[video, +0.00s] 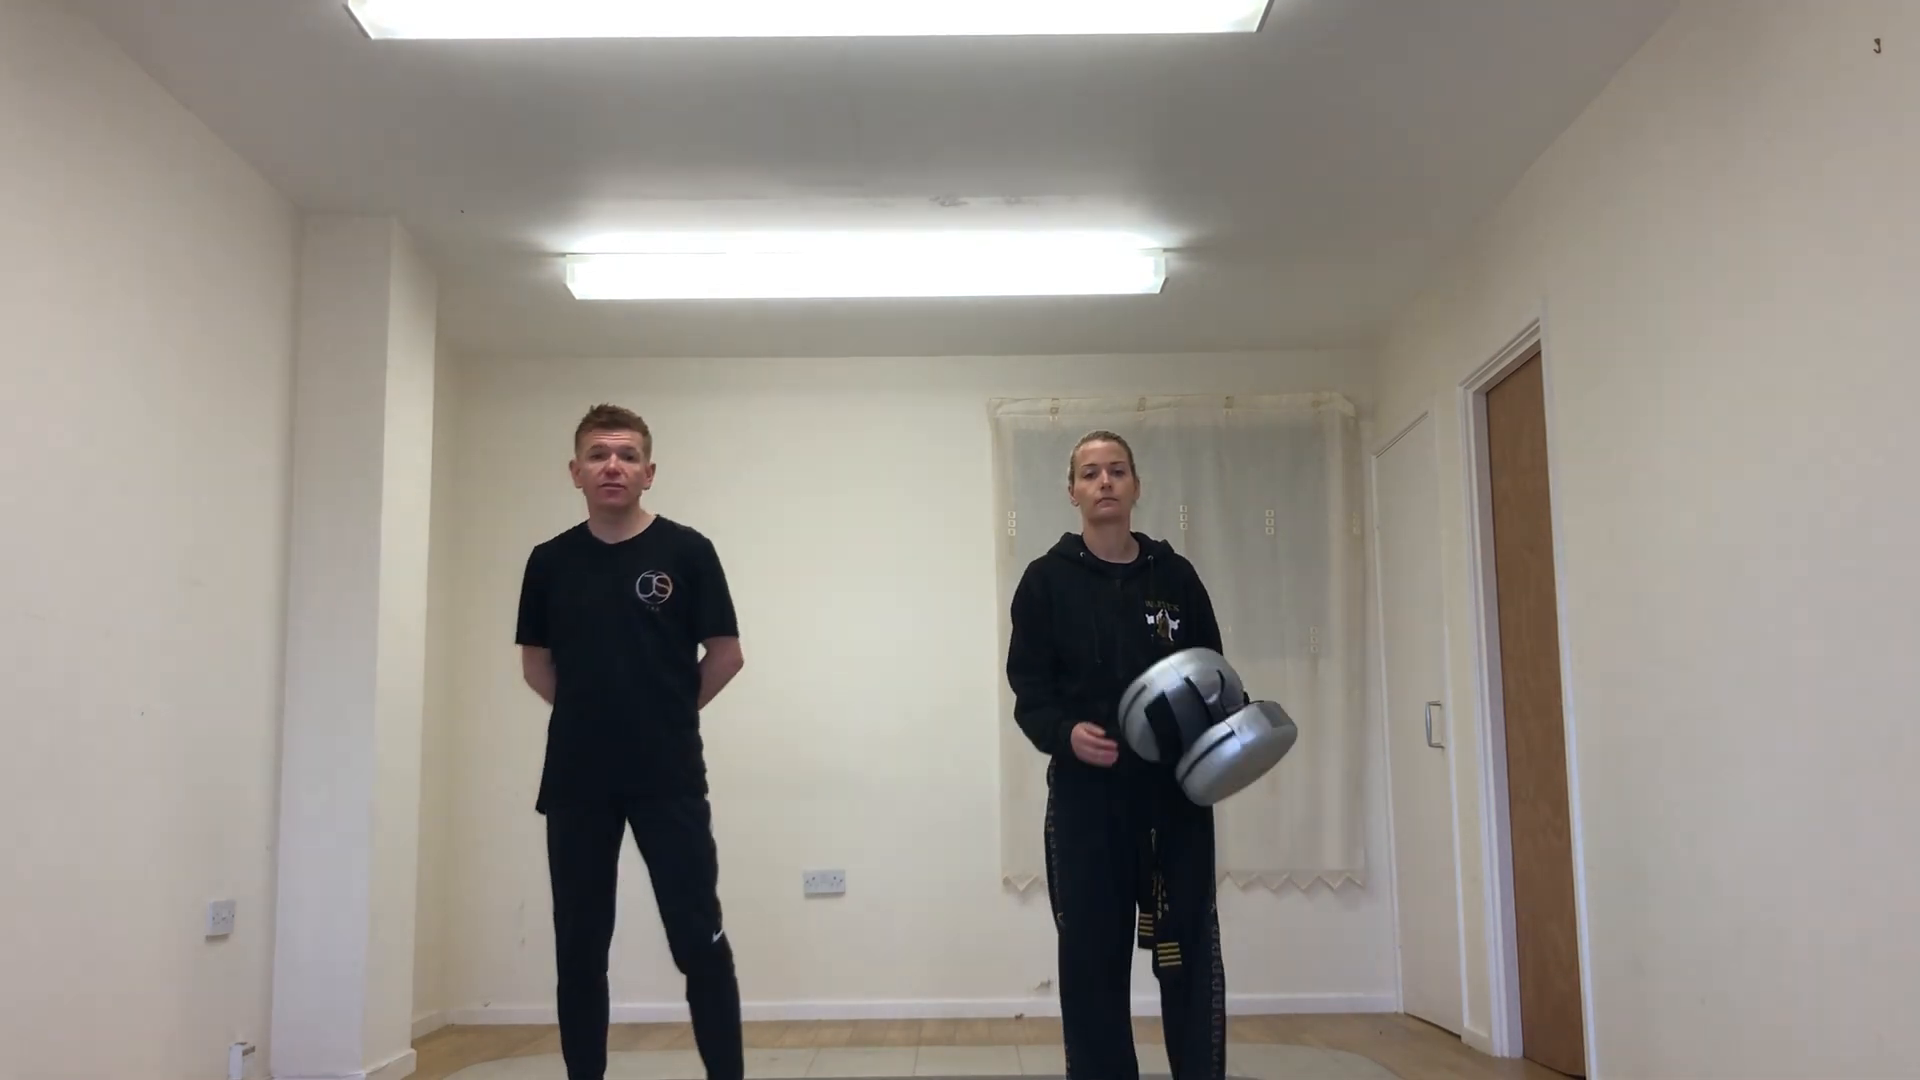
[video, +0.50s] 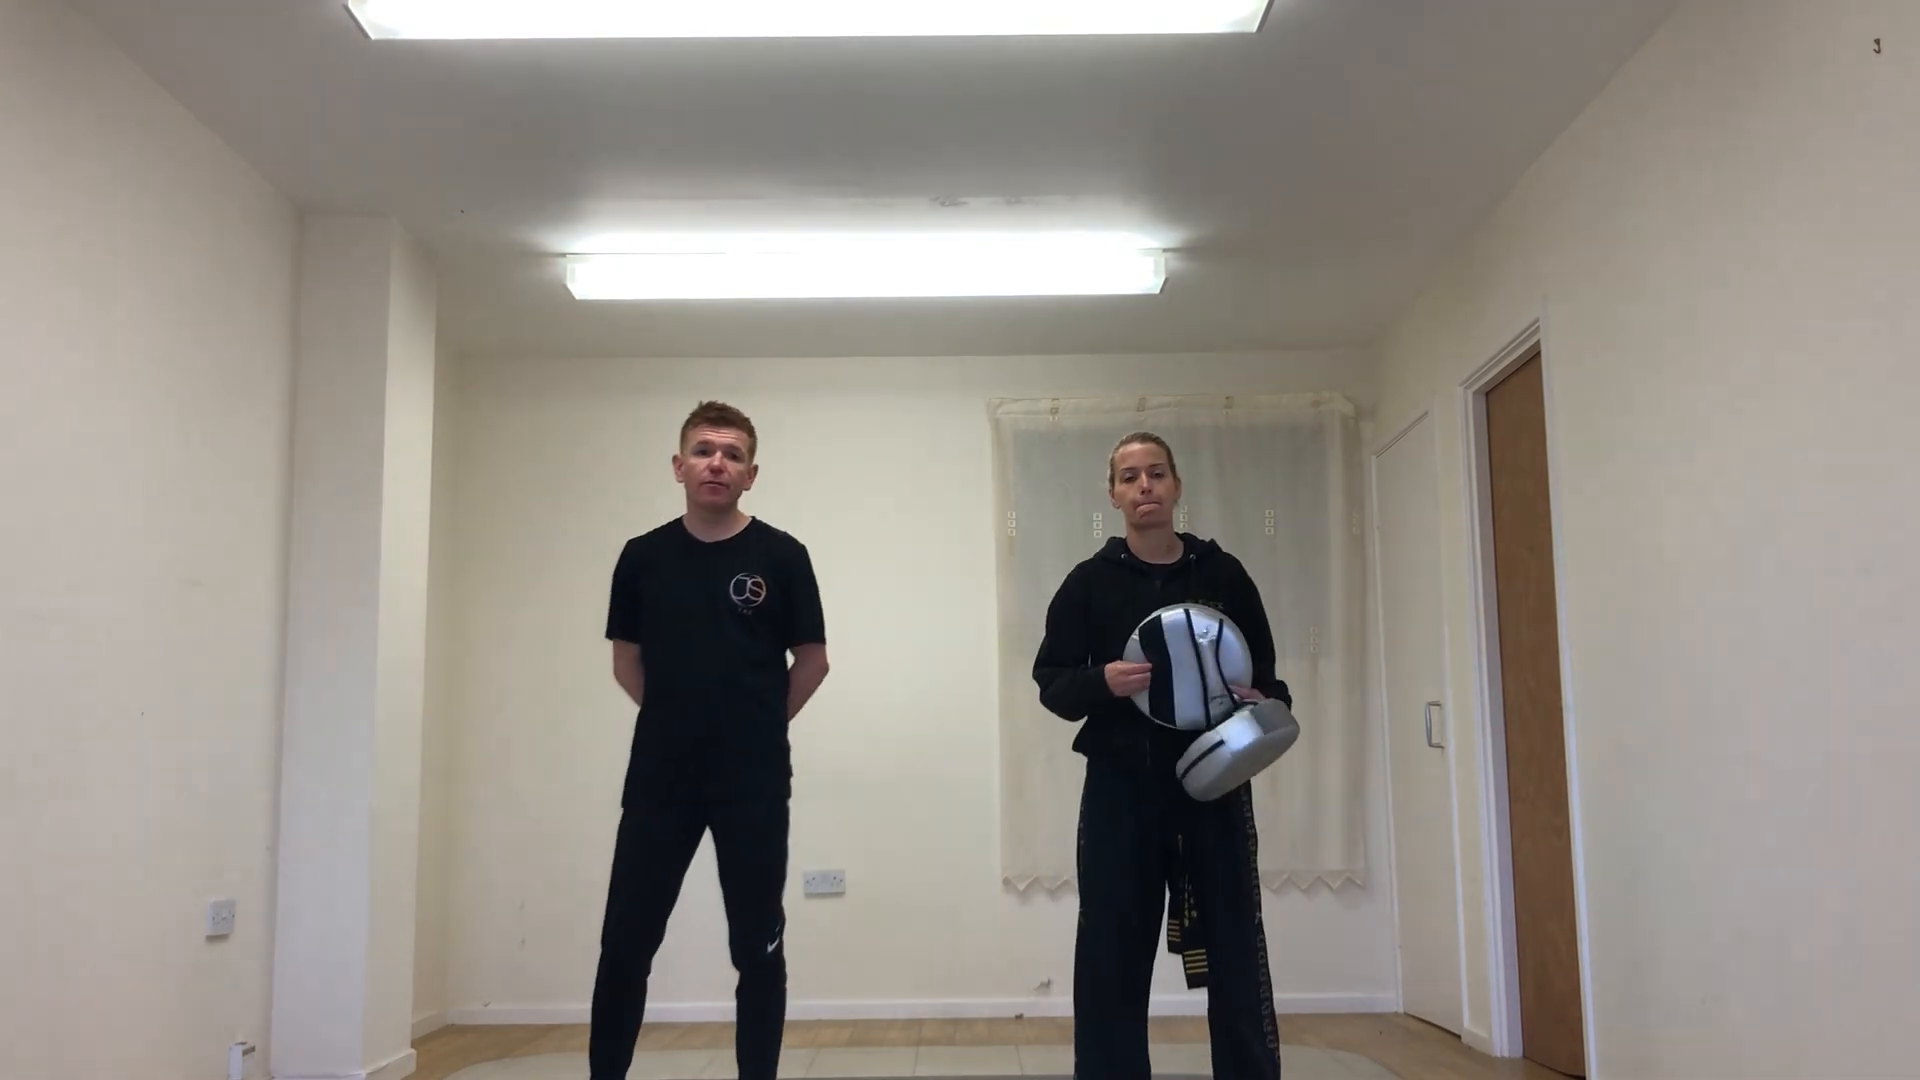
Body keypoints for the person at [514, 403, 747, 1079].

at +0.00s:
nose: (612, 465)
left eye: (626, 455)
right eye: (598, 454)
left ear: (648, 471)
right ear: (576, 472)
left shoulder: (687, 550)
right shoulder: (548, 560)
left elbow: (725, 654)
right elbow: (537, 669)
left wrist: (671, 709)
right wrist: (593, 707)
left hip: (666, 766)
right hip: (579, 769)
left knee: (700, 941)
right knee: (578, 947)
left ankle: (725, 1076)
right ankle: (583, 1076)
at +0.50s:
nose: (717, 463)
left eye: (733, 454)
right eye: (704, 451)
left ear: (750, 473)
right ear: (680, 466)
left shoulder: (782, 555)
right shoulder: (642, 554)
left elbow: (812, 661)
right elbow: (626, 665)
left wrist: (762, 721)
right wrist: (677, 715)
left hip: (751, 769)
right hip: (663, 767)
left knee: (759, 949)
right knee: (624, 946)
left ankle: (757, 1077)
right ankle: (605, 1076)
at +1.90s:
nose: (621, 470)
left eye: (636, 460)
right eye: (607, 458)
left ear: (656, 475)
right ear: (586, 472)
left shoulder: (687, 561)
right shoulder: (546, 555)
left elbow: (709, 669)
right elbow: (525, 662)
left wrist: (654, 721)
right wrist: (576, 714)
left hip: (647, 771)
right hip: (559, 771)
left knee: (656, 932)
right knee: (558, 945)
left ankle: (701, 1074)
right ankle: (563, 1076)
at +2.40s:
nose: (630, 478)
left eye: (632, 465)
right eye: (616, 466)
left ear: (629, 470)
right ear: (566, 472)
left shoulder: (649, 556)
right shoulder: (509, 563)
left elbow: (686, 654)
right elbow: (477, 668)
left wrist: (729, 747)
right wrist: (534, 730)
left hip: (642, 777)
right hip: (553, 781)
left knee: (648, 941)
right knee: (555, 947)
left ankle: (654, 1075)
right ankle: (562, 1075)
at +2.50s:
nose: (639, 480)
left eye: (641, 467)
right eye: (625, 467)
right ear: (574, 471)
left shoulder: (648, 557)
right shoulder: (512, 560)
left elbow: (697, 649)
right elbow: (473, 667)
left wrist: (776, 686)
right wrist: (530, 733)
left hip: (643, 778)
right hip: (554, 784)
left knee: (656, 944)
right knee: (555, 949)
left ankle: (662, 1075)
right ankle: (561, 1075)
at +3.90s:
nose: (666, 463)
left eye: (681, 454)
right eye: (653, 451)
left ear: (699, 475)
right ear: (627, 466)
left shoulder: (718, 567)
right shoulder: (575, 546)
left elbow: (730, 678)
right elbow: (538, 654)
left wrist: (669, 718)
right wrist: (588, 712)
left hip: (672, 780)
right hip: (581, 774)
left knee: (678, 954)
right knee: (554, 952)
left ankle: (678, 1077)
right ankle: (536, 1075)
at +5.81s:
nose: (635, 465)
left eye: (650, 457)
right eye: (622, 452)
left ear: (665, 476)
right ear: (593, 464)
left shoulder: (689, 562)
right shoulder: (544, 553)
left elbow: (708, 673)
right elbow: (516, 661)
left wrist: (648, 719)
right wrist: (568, 716)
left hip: (650, 778)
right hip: (558, 775)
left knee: (663, 951)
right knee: (541, 952)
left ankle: (673, 1076)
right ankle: (532, 1076)